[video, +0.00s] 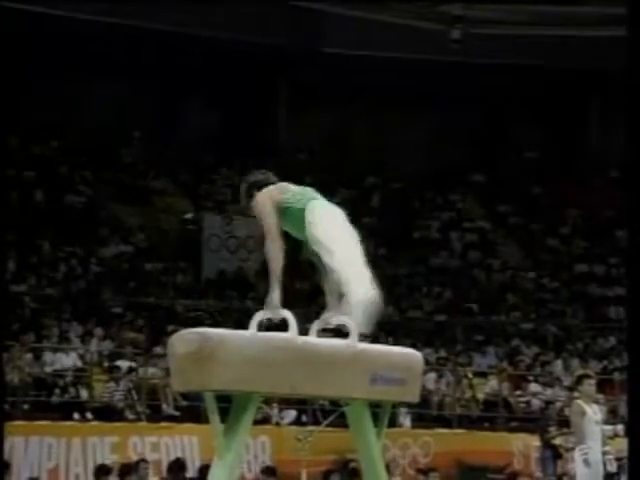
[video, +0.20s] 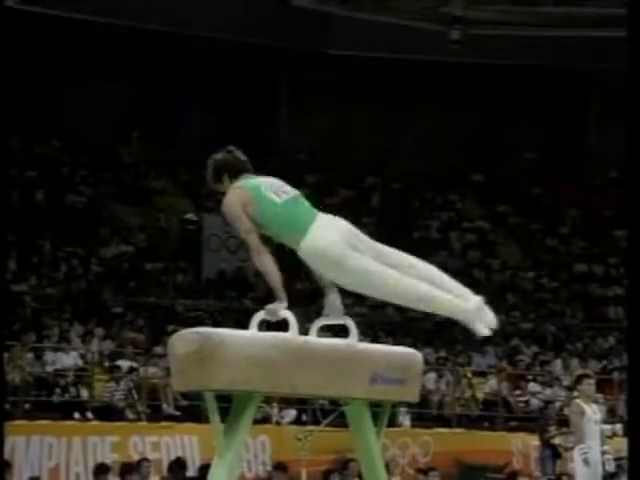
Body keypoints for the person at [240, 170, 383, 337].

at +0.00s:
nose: (252, 210)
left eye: (251, 204)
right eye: (250, 206)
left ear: (254, 193)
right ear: (270, 184)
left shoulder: (264, 197)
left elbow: (274, 242)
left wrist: (274, 292)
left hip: (320, 215)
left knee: (345, 261)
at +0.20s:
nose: (219, 190)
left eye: (217, 185)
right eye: (218, 184)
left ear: (221, 180)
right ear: (243, 169)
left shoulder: (232, 200)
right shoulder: (268, 182)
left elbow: (259, 251)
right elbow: (307, 233)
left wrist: (281, 299)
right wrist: (330, 294)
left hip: (318, 247)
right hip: (334, 225)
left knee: (391, 286)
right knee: (398, 261)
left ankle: (469, 314)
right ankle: (473, 301)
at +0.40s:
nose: (260, 165)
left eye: (259, 160)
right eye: (258, 161)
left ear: (266, 157)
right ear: (289, 150)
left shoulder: (263, 188)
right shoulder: (312, 177)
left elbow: (269, 243)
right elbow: (334, 223)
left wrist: (279, 293)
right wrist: (357, 258)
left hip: (286, 264)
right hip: (315, 258)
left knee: (301, 319)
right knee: (334, 311)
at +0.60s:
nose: (324, 177)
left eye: (326, 172)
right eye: (326, 172)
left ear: (335, 170)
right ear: (357, 173)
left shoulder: (325, 198)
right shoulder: (367, 212)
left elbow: (303, 248)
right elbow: (349, 265)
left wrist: (285, 293)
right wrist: (333, 310)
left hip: (281, 268)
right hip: (303, 277)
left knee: (217, 300)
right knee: (228, 310)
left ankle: (156, 346)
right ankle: (165, 348)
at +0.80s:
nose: (310, 199)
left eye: (309, 194)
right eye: (307, 197)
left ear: (315, 181)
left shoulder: (331, 182)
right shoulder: (353, 213)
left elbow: (317, 210)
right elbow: (339, 267)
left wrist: (297, 221)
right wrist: (333, 308)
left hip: (325, 236)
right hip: (333, 262)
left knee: (283, 264)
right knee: (286, 288)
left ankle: (247, 291)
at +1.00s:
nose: (260, 213)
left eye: (258, 205)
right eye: (255, 210)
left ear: (270, 190)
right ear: (261, 205)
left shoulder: (300, 192)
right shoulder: (292, 233)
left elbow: (324, 241)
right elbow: (316, 266)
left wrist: (335, 290)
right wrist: (330, 302)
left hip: (353, 227)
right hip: (346, 253)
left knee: (402, 250)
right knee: (390, 277)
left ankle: (455, 282)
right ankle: (443, 297)